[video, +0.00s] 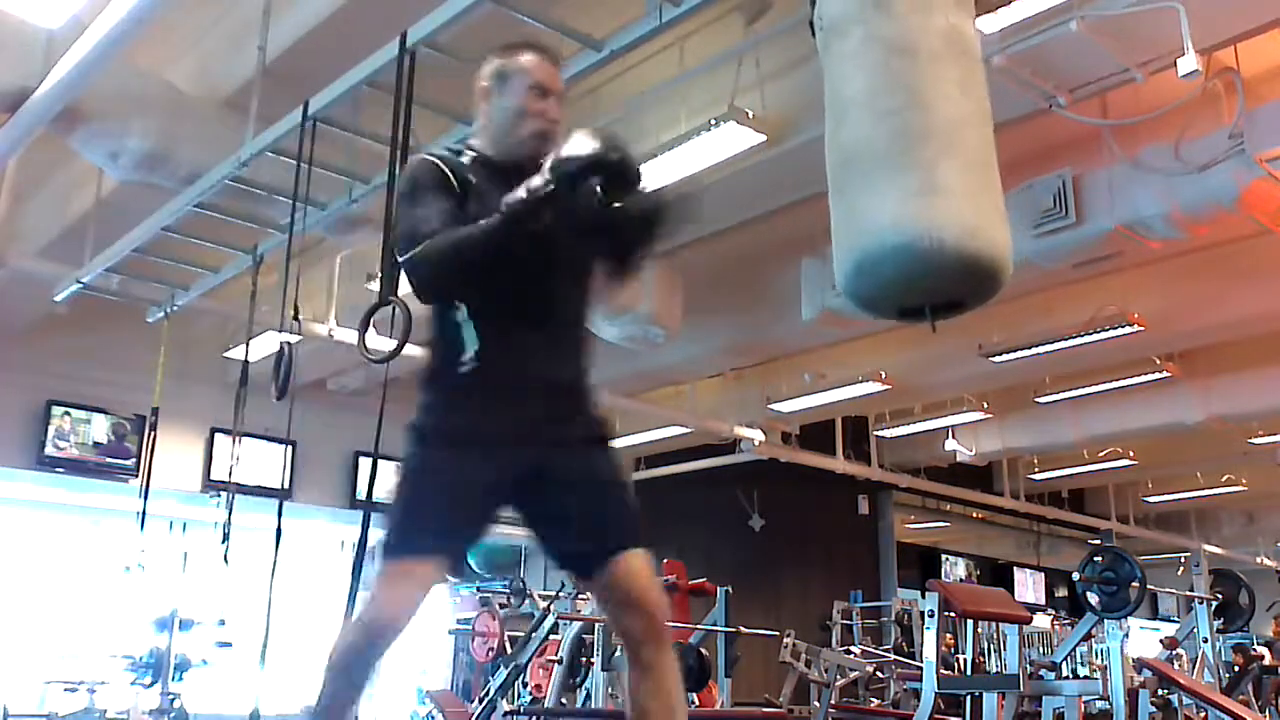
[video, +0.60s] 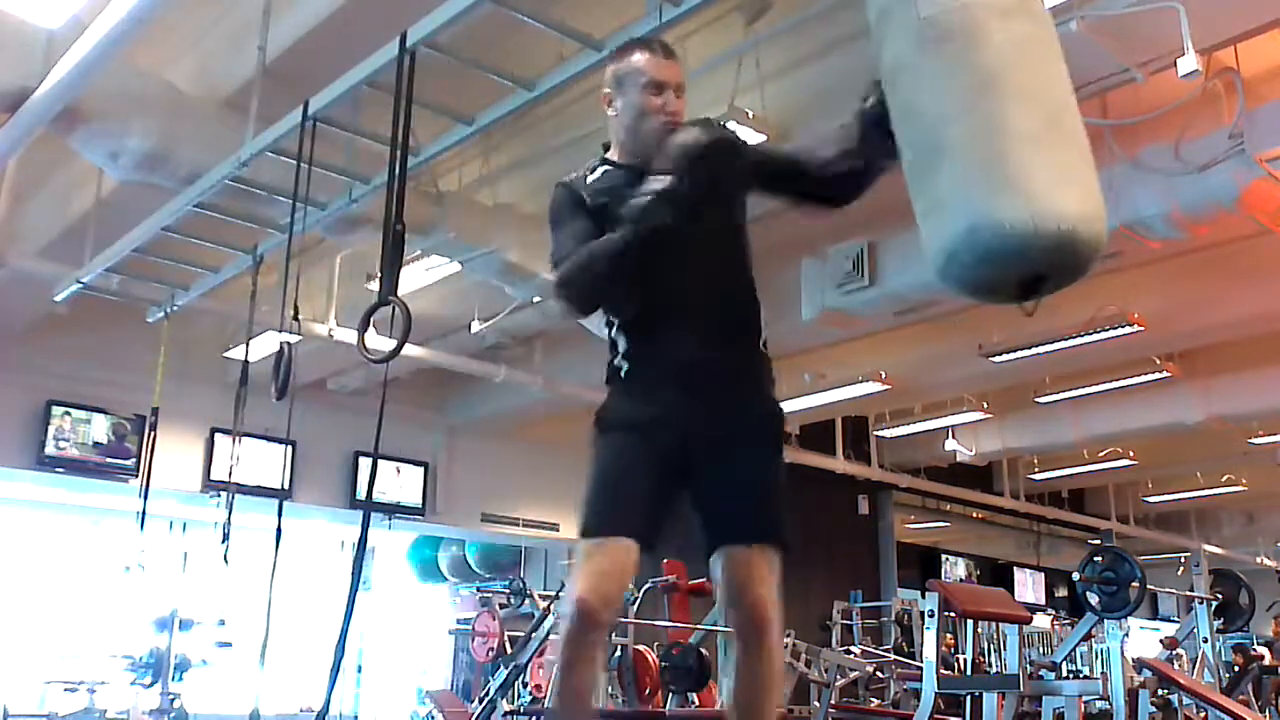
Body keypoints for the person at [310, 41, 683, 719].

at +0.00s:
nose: (551, 111)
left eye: (558, 99)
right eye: (537, 93)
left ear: (563, 113)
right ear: (487, 94)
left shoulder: (571, 186)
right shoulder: (436, 174)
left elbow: (619, 273)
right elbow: (422, 274)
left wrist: (623, 202)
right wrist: (533, 199)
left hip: (563, 426)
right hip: (463, 427)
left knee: (645, 613)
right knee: (383, 619)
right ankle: (327, 713)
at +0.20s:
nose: (604, 88)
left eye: (612, 78)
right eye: (589, 71)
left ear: (618, 91)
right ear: (542, 77)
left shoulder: (632, 160)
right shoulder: (500, 159)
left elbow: (702, 231)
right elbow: (494, 249)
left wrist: (736, 187)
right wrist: (600, 171)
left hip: (641, 402)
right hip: (540, 400)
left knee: (695, 601)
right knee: (484, 596)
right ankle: (450, 718)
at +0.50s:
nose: (663, 113)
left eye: (669, 101)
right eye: (647, 98)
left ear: (676, 109)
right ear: (600, 104)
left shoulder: (695, 170)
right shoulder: (569, 199)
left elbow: (787, 222)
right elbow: (563, 297)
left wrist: (806, 171)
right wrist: (649, 203)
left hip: (718, 415)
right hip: (623, 419)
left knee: (739, 616)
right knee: (555, 616)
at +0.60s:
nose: (672, 105)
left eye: (678, 92)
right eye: (655, 91)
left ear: (686, 100)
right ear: (610, 101)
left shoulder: (716, 152)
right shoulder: (580, 193)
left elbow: (830, 183)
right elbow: (576, 286)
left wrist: (878, 126)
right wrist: (655, 205)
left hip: (736, 398)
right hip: (643, 402)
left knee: (756, 606)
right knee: (588, 605)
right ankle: (570, 716)